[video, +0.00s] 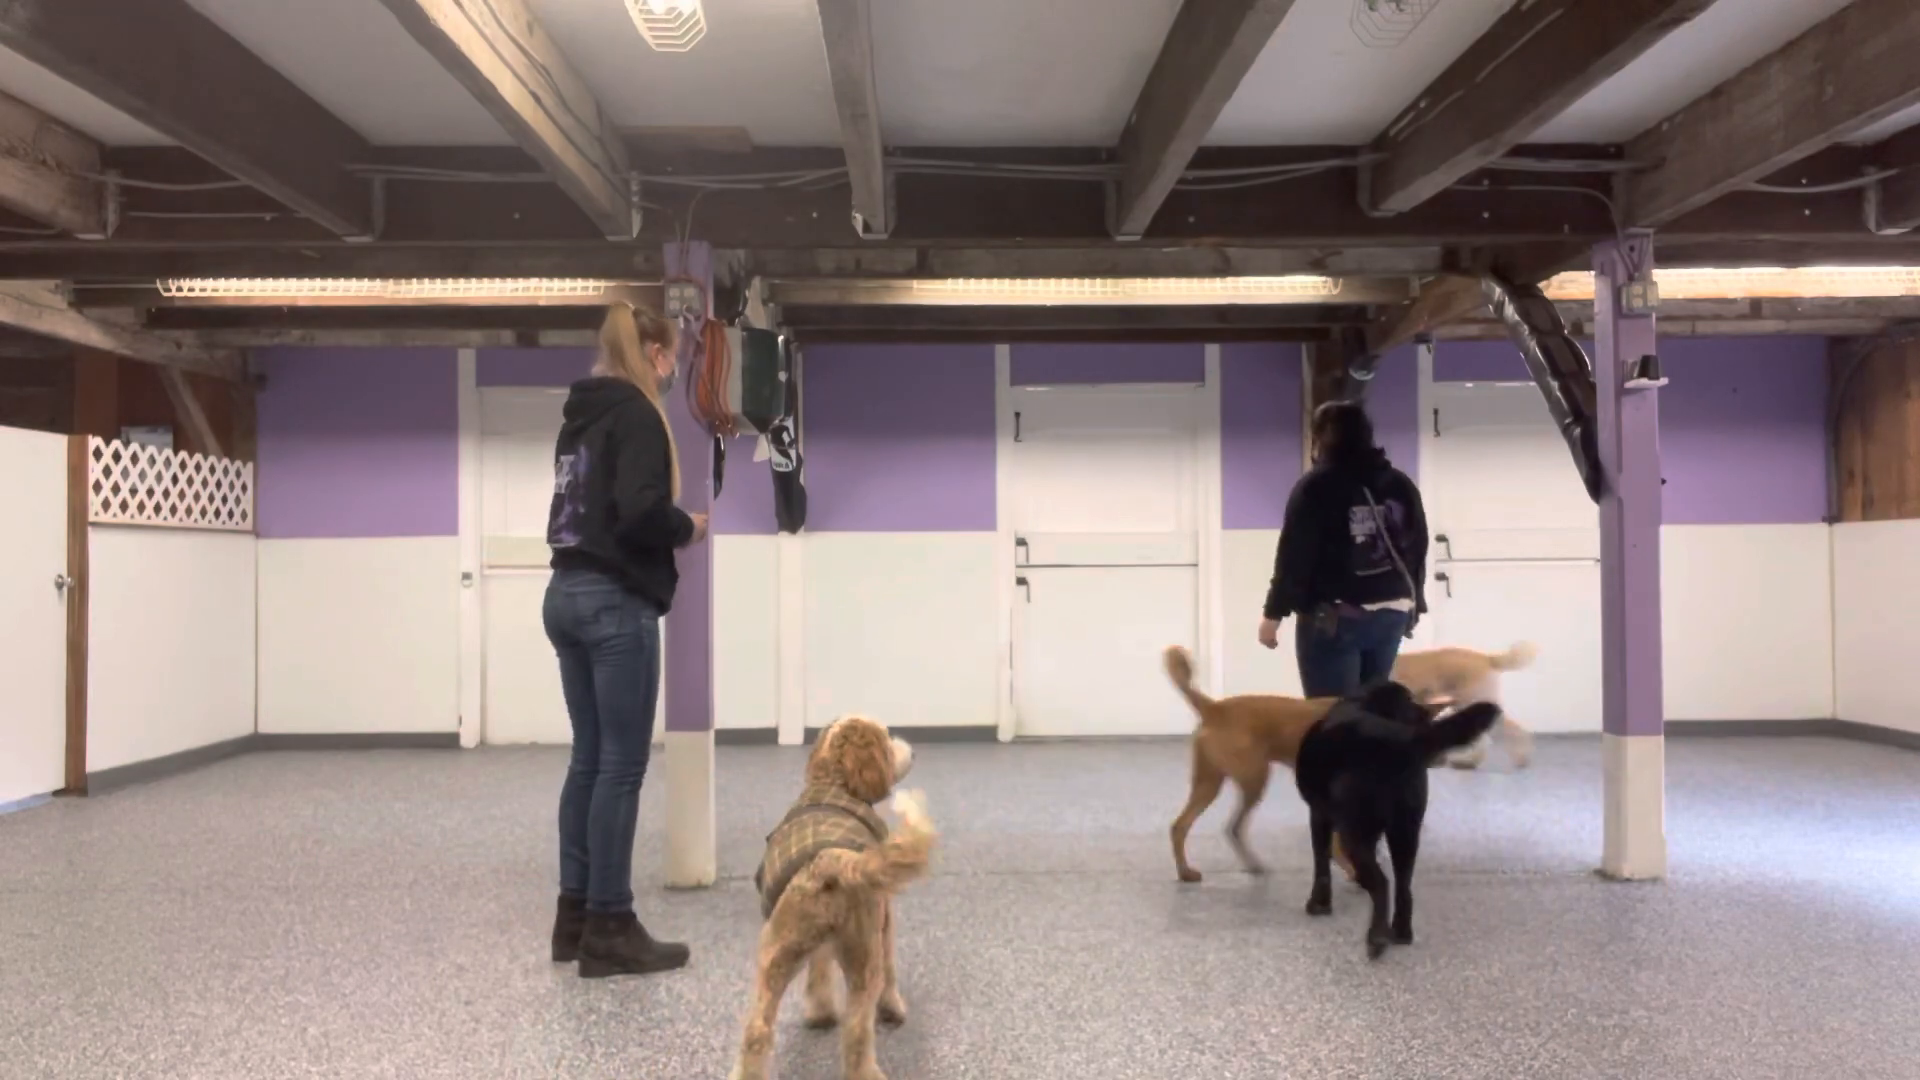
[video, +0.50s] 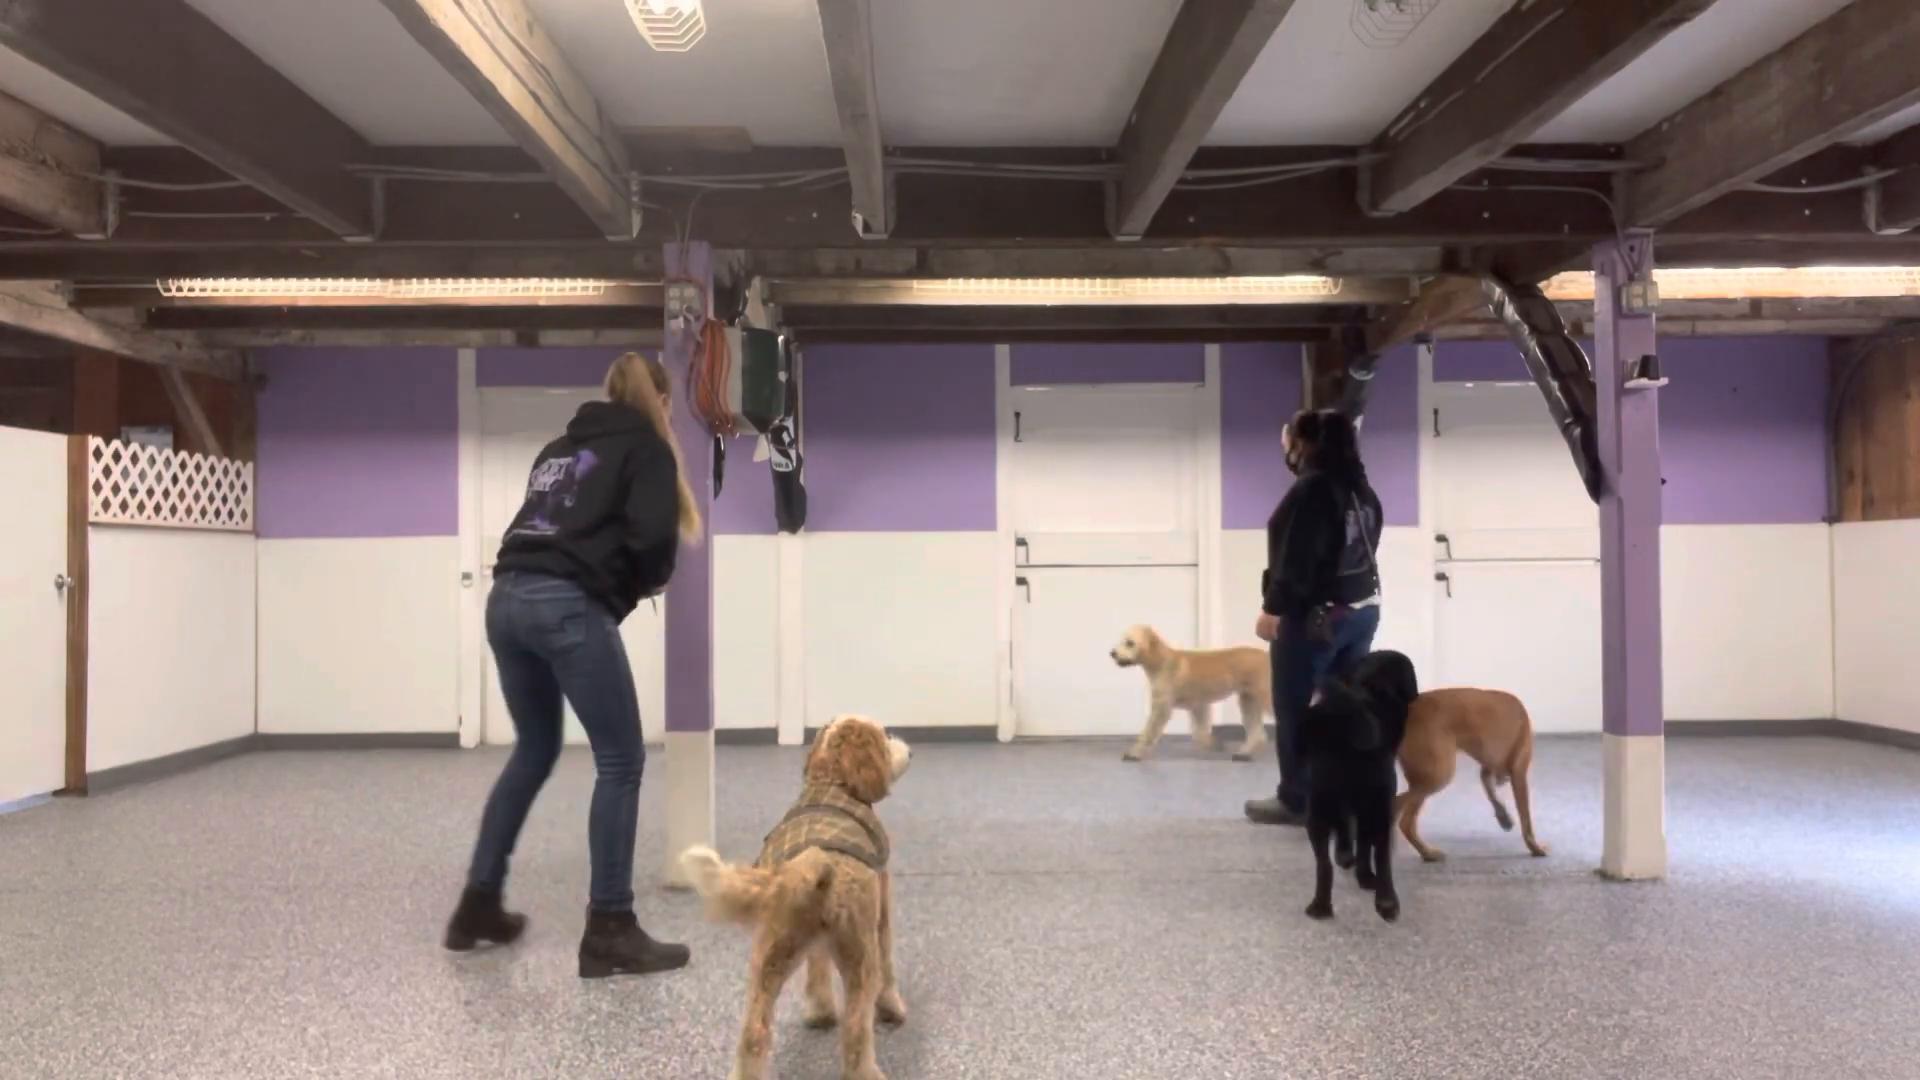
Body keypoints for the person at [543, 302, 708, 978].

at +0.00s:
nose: (671, 366)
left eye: (671, 355)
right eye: (669, 356)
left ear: (614, 348)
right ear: (652, 353)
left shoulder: (582, 414)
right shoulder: (639, 416)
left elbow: (579, 511)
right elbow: (639, 513)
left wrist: (653, 521)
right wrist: (687, 526)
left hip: (568, 593)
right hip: (616, 599)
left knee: (589, 760)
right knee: (621, 769)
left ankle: (576, 915)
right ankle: (611, 927)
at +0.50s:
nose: (671, 408)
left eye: (668, 399)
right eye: (668, 399)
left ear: (608, 395)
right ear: (659, 400)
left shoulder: (563, 444)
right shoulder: (647, 447)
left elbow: (547, 520)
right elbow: (653, 536)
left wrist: (604, 572)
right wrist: (645, 582)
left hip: (507, 599)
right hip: (568, 604)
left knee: (534, 752)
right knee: (620, 762)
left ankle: (478, 907)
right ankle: (611, 929)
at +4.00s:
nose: (280, 502)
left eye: (282, 494)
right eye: (279, 492)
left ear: (230, 472)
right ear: (259, 477)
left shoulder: (196, 504)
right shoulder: (241, 491)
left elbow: (203, 600)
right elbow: (233, 529)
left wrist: (248, 662)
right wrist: (258, 593)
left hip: (112, 608)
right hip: (166, 599)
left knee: (180, 747)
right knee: (192, 748)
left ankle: (168, 904)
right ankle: (183, 912)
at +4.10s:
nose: (279, 491)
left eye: (281, 484)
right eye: (277, 481)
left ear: (228, 461)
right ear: (256, 463)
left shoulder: (194, 493)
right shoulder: (241, 480)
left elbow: (192, 579)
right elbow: (219, 521)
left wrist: (229, 652)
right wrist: (256, 592)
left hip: (113, 608)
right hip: (164, 601)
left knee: (182, 748)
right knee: (191, 750)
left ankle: (168, 895)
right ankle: (169, 920)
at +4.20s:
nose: (278, 477)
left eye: (281, 469)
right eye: (277, 467)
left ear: (227, 449)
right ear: (257, 453)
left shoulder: (194, 481)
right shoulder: (238, 473)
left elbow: (188, 570)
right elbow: (216, 526)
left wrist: (210, 644)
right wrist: (251, 591)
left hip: (115, 606)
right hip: (160, 602)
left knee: (185, 751)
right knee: (192, 755)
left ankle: (165, 895)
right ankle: (158, 923)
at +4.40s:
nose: (277, 439)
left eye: (281, 428)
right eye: (274, 426)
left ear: (240, 414)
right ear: (248, 414)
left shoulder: (218, 456)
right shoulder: (215, 449)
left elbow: (183, 534)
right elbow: (169, 520)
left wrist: (201, 606)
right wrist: (208, 594)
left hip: (145, 614)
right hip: (147, 615)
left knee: (183, 761)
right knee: (201, 771)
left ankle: (171, 892)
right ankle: (135, 943)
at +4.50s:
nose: (274, 419)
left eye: (279, 409)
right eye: (272, 406)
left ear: (251, 395)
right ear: (246, 390)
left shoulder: (226, 445)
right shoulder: (203, 431)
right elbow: (137, 508)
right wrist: (155, 592)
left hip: (167, 616)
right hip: (151, 616)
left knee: (206, 761)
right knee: (199, 773)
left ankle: (183, 888)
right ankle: (135, 944)